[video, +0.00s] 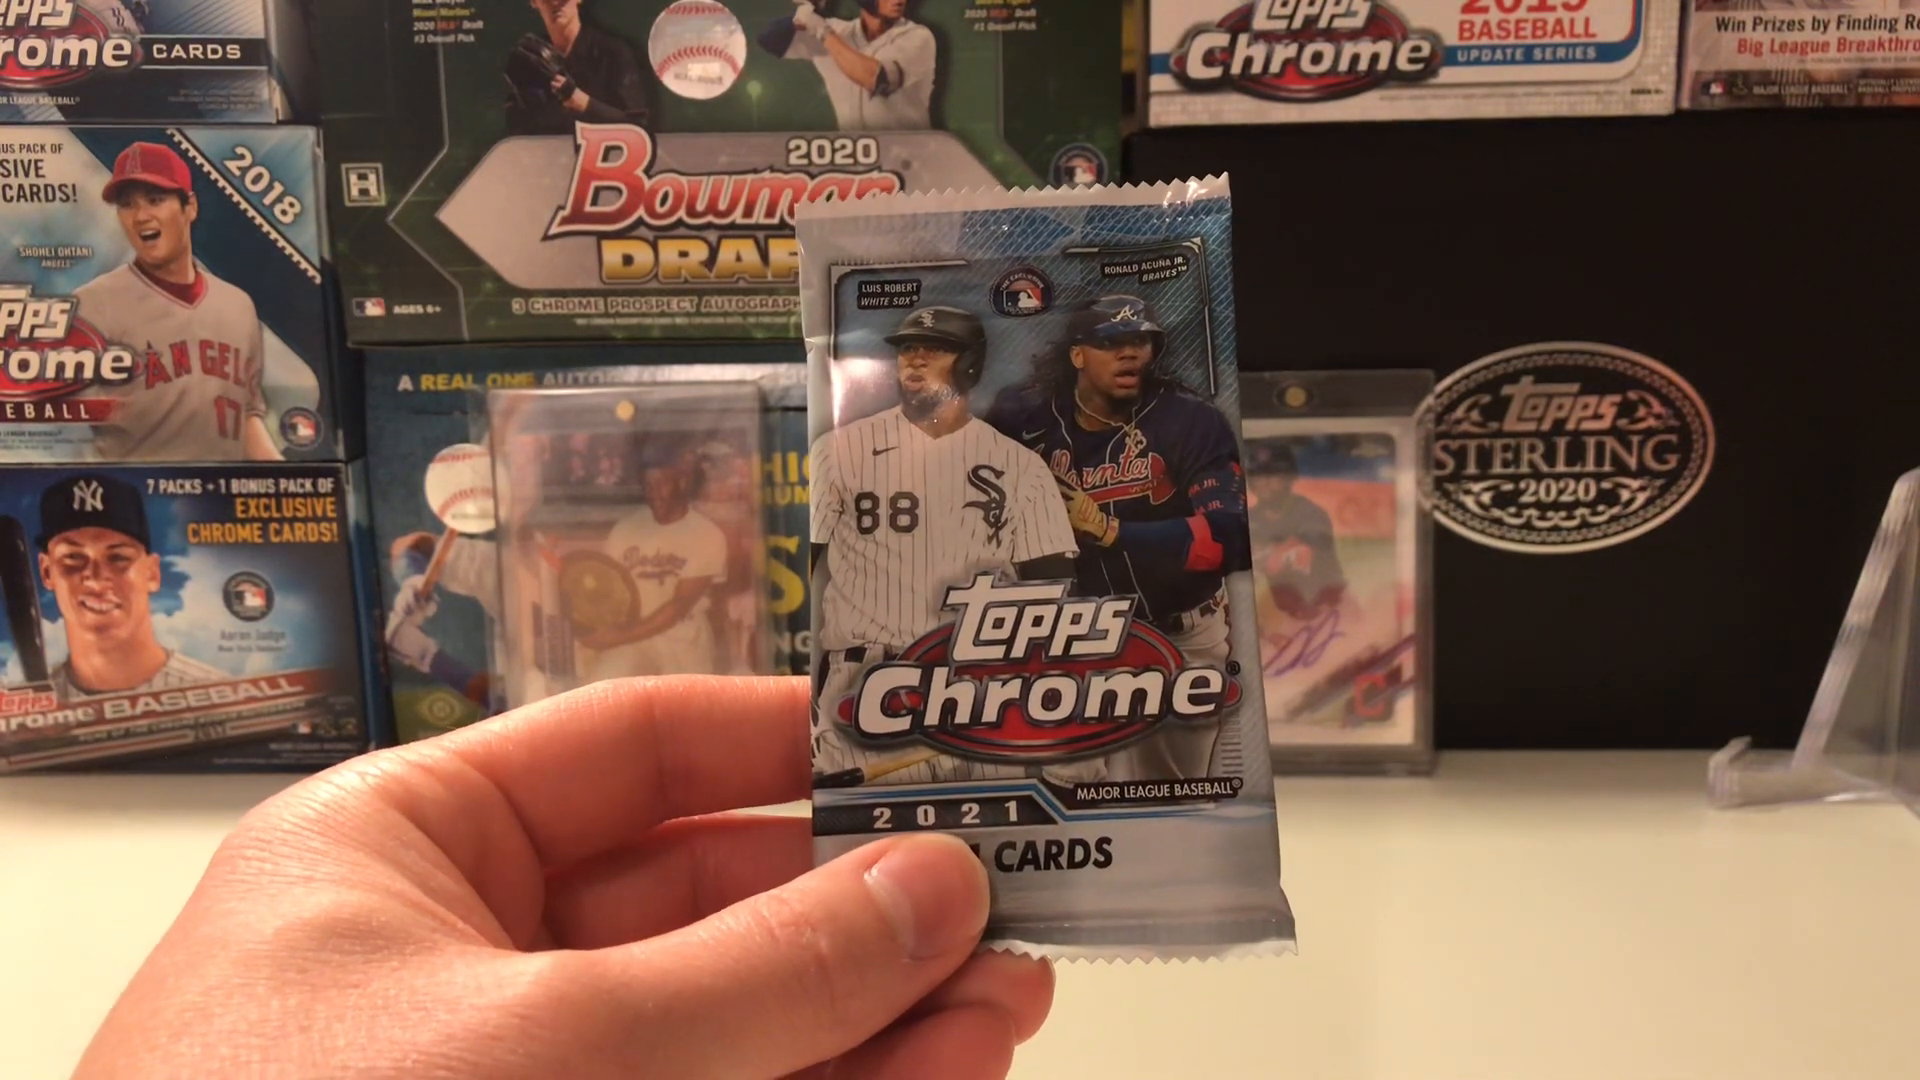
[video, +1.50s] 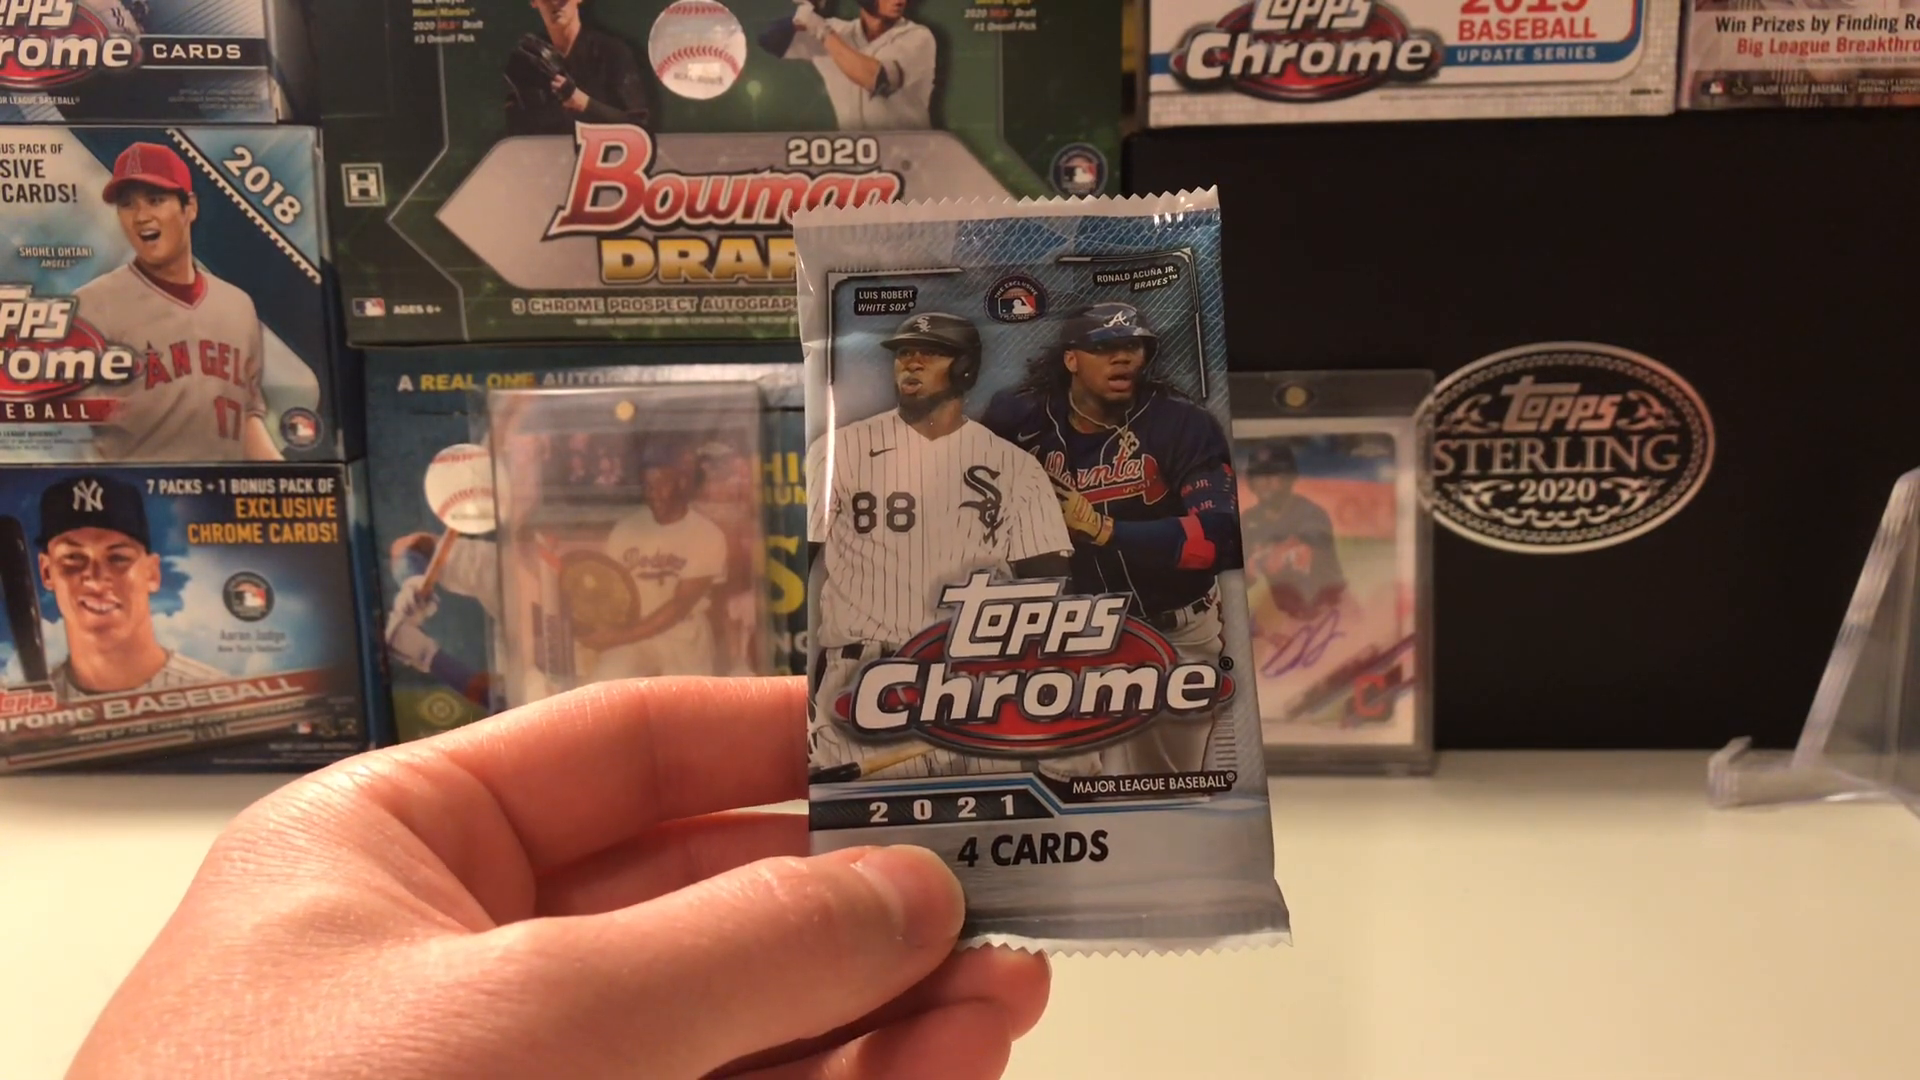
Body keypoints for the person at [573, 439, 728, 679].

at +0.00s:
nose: (652, 494)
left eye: (660, 484)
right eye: (647, 485)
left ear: (683, 483)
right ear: (642, 487)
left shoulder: (707, 536)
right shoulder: (624, 529)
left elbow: (679, 607)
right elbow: (603, 589)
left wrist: (617, 637)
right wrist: (599, 628)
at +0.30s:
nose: (652, 495)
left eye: (660, 486)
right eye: (648, 486)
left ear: (683, 484)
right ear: (642, 487)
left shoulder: (707, 537)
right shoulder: (624, 530)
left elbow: (679, 608)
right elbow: (604, 591)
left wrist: (617, 637)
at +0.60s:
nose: (653, 495)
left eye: (660, 485)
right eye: (648, 487)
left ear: (683, 484)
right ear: (643, 488)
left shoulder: (707, 537)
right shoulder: (624, 531)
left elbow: (680, 606)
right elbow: (604, 590)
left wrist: (618, 637)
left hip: (683, 641)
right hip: (626, 643)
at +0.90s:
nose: (652, 495)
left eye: (660, 485)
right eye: (647, 486)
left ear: (683, 483)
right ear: (642, 487)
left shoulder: (707, 536)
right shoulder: (624, 530)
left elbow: (680, 606)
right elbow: (605, 590)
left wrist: (618, 637)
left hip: (683, 641)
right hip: (626, 642)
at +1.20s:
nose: (653, 494)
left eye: (661, 485)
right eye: (648, 486)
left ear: (683, 484)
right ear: (643, 488)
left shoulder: (707, 536)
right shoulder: (624, 530)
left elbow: (680, 606)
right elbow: (605, 589)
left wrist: (617, 637)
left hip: (683, 640)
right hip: (627, 642)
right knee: (599, 699)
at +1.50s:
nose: (652, 495)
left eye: (660, 485)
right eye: (647, 486)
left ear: (682, 484)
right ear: (642, 488)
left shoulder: (707, 536)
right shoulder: (625, 530)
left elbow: (680, 606)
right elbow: (604, 589)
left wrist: (617, 637)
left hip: (683, 641)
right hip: (627, 643)